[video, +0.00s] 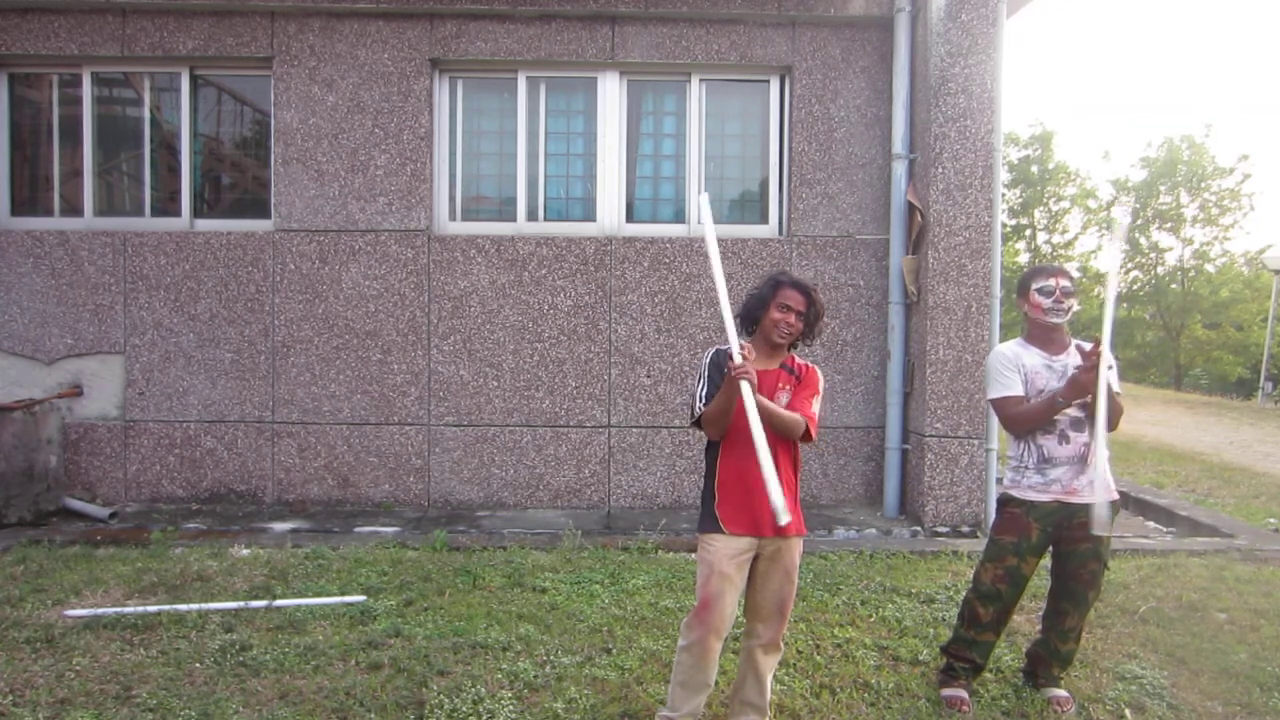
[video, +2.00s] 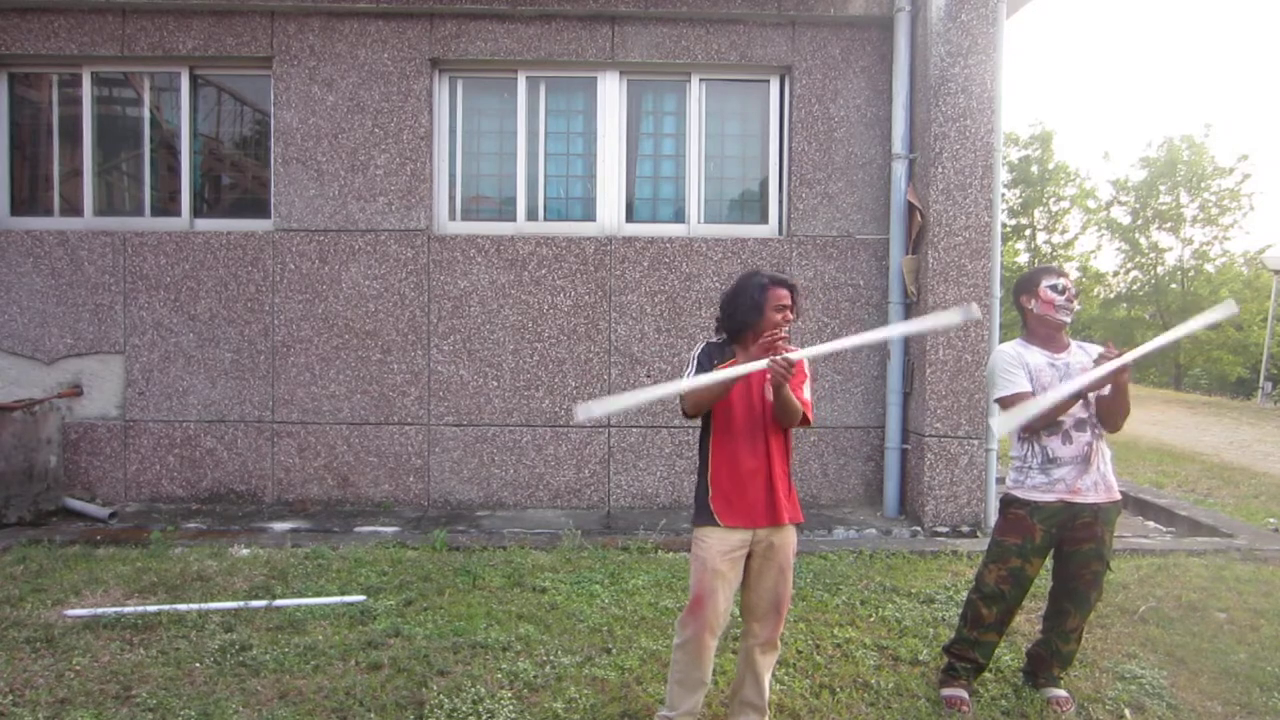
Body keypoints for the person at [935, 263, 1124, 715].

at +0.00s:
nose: (1058, 299)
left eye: (1067, 293)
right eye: (1046, 291)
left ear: (1076, 304)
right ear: (1023, 303)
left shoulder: (1094, 357)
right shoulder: (1006, 356)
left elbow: (1111, 421)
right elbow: (1016, 422)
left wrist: (1098, 375)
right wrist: (1068, 394)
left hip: (1089, 497)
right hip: (1029, 496)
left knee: (1077, 595)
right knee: (994, 586)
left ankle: (1045, 672)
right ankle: (957, 674)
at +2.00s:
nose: (1069, 298)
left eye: (1072, 293)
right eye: (1057, 289)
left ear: (1075, 307)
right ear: (1027, 301)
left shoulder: (1092, 356)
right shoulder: (1008, 356)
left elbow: (1113, 422)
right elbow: (1028, 423)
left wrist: (1119, 376)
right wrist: (1082, 387)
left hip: (1094, 498)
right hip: (1033, 496)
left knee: (1078, 597)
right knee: (997, 588)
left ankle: (1045, 673)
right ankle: (958, 675)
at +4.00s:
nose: (1061, 301)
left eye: (1066, 295)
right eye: (1050, 294)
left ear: (1073, 306)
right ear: (1023, 305)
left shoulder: (1087, 357)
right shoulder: (1007, 357)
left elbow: (1109, 419)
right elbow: (1023, 419)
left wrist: (1113, 372)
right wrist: (1063, 373)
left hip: (1093, 497)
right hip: (1032, 497)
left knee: (1078, 596)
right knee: (998, 587)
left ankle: (1046, 673)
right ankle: (958, 675)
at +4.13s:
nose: (1052, 300)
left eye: (1061, 294)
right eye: (1042, 292)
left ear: (1072, 307)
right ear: (1020, 305)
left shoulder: (1084, 357)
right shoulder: (1006, 358)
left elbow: (1107, 416)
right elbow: (1023, 421)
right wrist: (1063, 376)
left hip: (1085, 501)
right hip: (1030, 500)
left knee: (1080, 598)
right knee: (996, 591)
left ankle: (1047, 673)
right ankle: (958, 677)